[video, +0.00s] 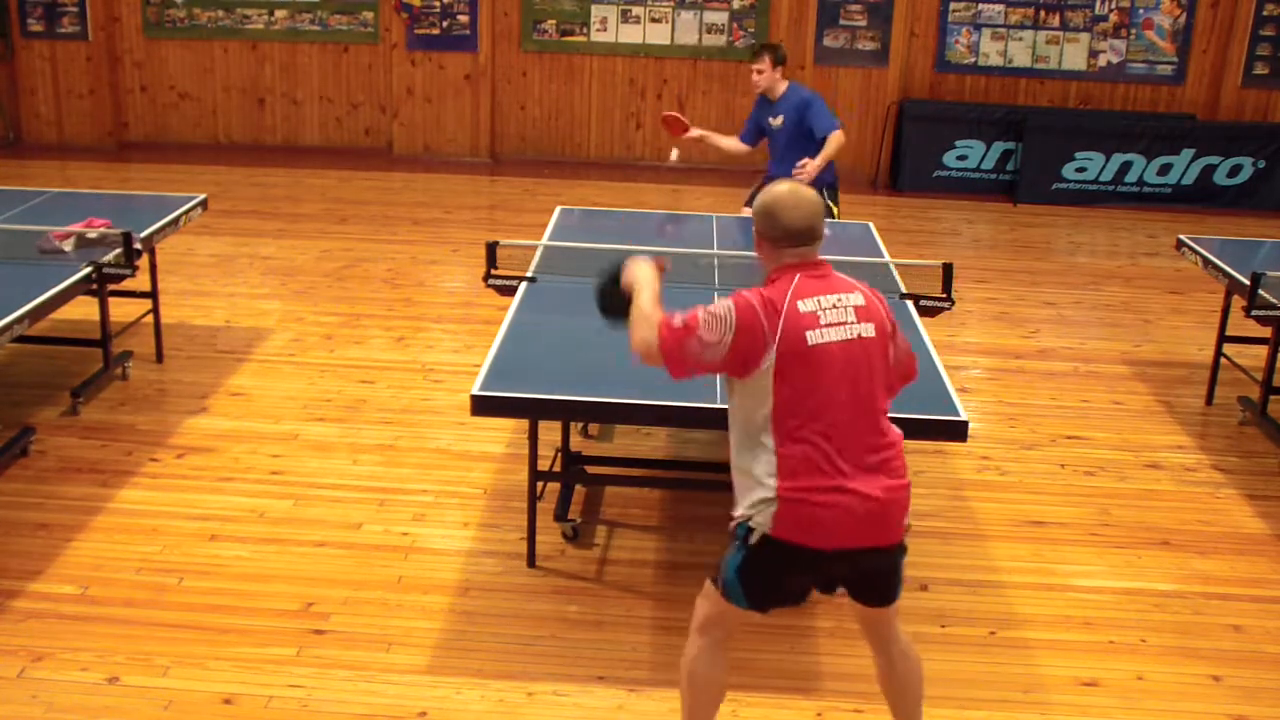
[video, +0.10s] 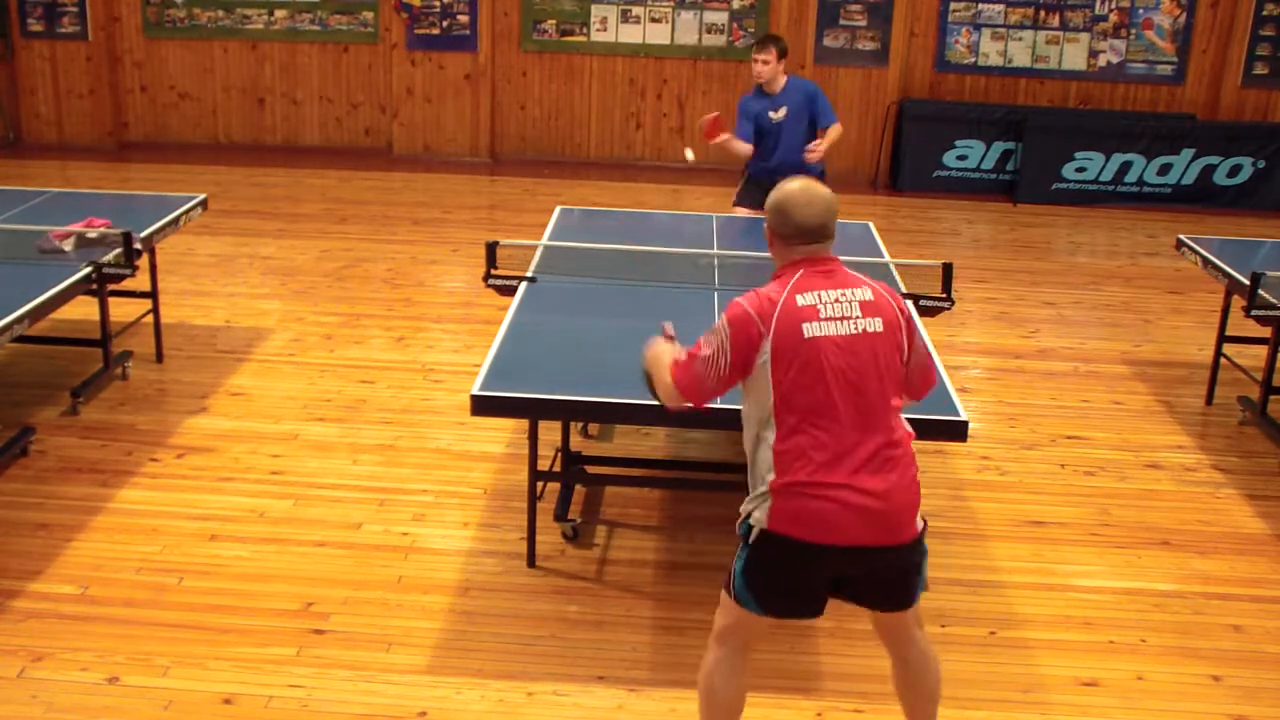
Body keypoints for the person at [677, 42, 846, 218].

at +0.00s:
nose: (754, 78)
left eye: (760, 72)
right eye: (752, 72)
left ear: (778, 72)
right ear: (750, 71)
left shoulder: (806, 99)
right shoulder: (763, 103)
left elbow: (837, 137)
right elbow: (743, 145)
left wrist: (816, 165)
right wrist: (703, 135)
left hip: (815, 185)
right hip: (777, 183)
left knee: (822, 241)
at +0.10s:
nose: (758, 69)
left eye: (765, 63)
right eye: (755, 62)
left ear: (781, 65)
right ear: (750, 62)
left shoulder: (806, 91)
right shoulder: (750, 104)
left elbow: (835, 127)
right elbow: (746, 150)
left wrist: (823, 145)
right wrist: (726, 141)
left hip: (803, 177)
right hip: (762, 177)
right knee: (740, 221)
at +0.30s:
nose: (783, 46)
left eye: (790, 40)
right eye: (778, 39)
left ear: (800, 43)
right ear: (770, 42)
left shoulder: (817, 77)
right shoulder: (755, 79)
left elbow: (828, 106)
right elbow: (748, 130)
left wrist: (831, 137)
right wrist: (761, 120)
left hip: (792, 159)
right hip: (753, 157)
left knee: (811, 217)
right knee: (743, 218)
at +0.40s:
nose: (788, 41)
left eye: (794, 35)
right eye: (782, 34)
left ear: (804, 39)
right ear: (773, 38)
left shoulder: (821, 74)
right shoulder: (759, 74)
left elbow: (830, 107)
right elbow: (744, 116)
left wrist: (828, 140)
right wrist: (756, 119)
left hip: (794, 155)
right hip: (755, 152)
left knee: (807, 213)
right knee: (739, 213)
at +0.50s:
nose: (786, 37)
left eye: (793, 31)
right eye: (780, 31)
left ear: (802, 34)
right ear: (772, 34)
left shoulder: (820, 70)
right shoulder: (757, 71)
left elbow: (836, 103)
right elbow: (744, 107)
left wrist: (825, 132)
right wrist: (749, 119)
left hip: (797, 153)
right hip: (757, 150)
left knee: (803, 213)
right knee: (741, 206)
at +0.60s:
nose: (778, 39)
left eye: (784, 32)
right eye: (773, 32)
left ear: (794, 36)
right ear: (765, 36)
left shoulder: (815, 72)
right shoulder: (750, 72)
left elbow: (832, 107)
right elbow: (739, 107)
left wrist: (816, 135)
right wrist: (742, 128)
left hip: (800, 153)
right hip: (761, 151)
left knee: (811, 211)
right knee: (738, 206)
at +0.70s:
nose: (765, 54)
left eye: (771, 48)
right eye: (760, 48)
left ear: (782, 50)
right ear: (754, 51)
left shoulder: (800, 85)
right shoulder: (745, 90)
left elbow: (820, 127)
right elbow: (741, 126)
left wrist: (786, 149)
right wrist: (730, 154)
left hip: (796, 169)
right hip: (759, 167)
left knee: (815, 225)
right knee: (732, 211)